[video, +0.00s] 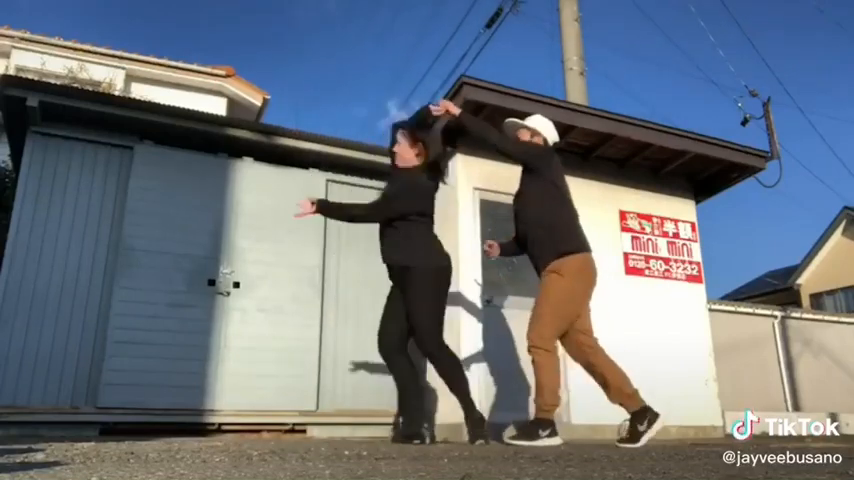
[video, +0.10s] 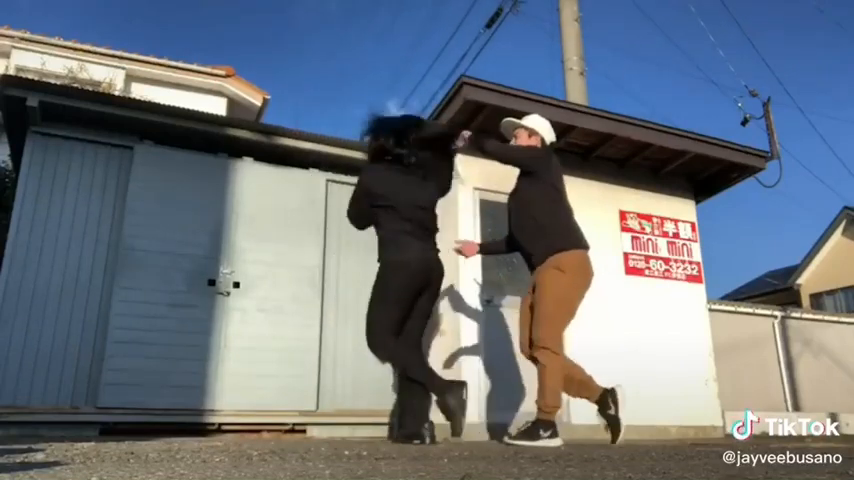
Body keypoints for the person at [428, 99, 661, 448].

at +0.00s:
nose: (517, 136)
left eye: (524, 132)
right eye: (518, 131)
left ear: (541, 139)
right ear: (527, 137)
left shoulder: (542, 159)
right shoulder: (527, 185)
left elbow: (502, 141)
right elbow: (529, 240)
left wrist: (458, 115)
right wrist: (502, 248)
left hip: (569, 266)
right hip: (564, 269)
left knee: (540, 340)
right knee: (581, 345)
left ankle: (544, 423)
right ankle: (640, 411)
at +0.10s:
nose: (513, 138)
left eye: (519, 133)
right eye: (514, 134)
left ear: (537, 139)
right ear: (529, 140)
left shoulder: (543, 159)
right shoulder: (523, 191)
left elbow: (506, 153)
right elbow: (518, 243)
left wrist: (472, 140)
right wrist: (480, 248)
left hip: (565, 262)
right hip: (545, 270)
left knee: (547, 343)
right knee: (531, 346)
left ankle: (545, 423)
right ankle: (601, 396)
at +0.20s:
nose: (510, 140)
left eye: (517, 135)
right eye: (512, 135)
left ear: (535, 140)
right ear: (526, 141)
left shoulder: (545, 162)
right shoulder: (519, 194)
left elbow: (503, 154)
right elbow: (508, 241)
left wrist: (490, 158)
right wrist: (467, 240)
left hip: (559, 264)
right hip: (532, 270)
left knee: (543, 341)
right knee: (504, 331)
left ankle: (548, 420)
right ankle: (554, 388)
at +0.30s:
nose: (509, 138)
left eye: (516, 132)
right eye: (509, 134)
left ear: (534, 136)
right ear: (518, 141)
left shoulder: (545, 164)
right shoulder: (514, 191)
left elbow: (533, 148)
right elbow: (502, 238)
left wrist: (504, 162)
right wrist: (463, 231)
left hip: (551, 265)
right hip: (520, 270)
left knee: (538, 342)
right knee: (490, 326)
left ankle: (545, 423)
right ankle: (518, 403)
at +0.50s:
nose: (512, 149)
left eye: (518, 142)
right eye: (510, 144)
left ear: (536, 144)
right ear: (512, 150)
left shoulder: (559, 174)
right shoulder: (508, 192)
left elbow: (545, 155)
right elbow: (499, 237)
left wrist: (511, 129)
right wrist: (462, 222)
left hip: (546, 269)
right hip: (511, 270)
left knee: (517, 334)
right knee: (495, 338)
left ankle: (540, 416)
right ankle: (511, 417)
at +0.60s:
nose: (515, 148)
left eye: (520, 142)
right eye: (514, 143)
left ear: (540, 144)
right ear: (517, 148)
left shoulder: (561, 175)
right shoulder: (510, 193)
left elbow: (556, 213)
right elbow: (495, 237)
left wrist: (525, 180)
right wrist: (459, 222)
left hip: (555, 269)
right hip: (518, 274)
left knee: (531, 328)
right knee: (501, 341)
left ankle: (563, 404)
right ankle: (513, 421)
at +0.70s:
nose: (523, 147)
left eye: (529, 141)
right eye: (522, 143)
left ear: (549, 144)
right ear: (523, 150)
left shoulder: (573, 179)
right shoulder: (515, 194)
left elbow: (596, 222)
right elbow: (492, 230)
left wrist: (565, 234)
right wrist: (459, 219)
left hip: (567, 278)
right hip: (525, 280)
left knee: (579, 340)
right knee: (508, 345)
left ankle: (616, 399)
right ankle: (514, 424)